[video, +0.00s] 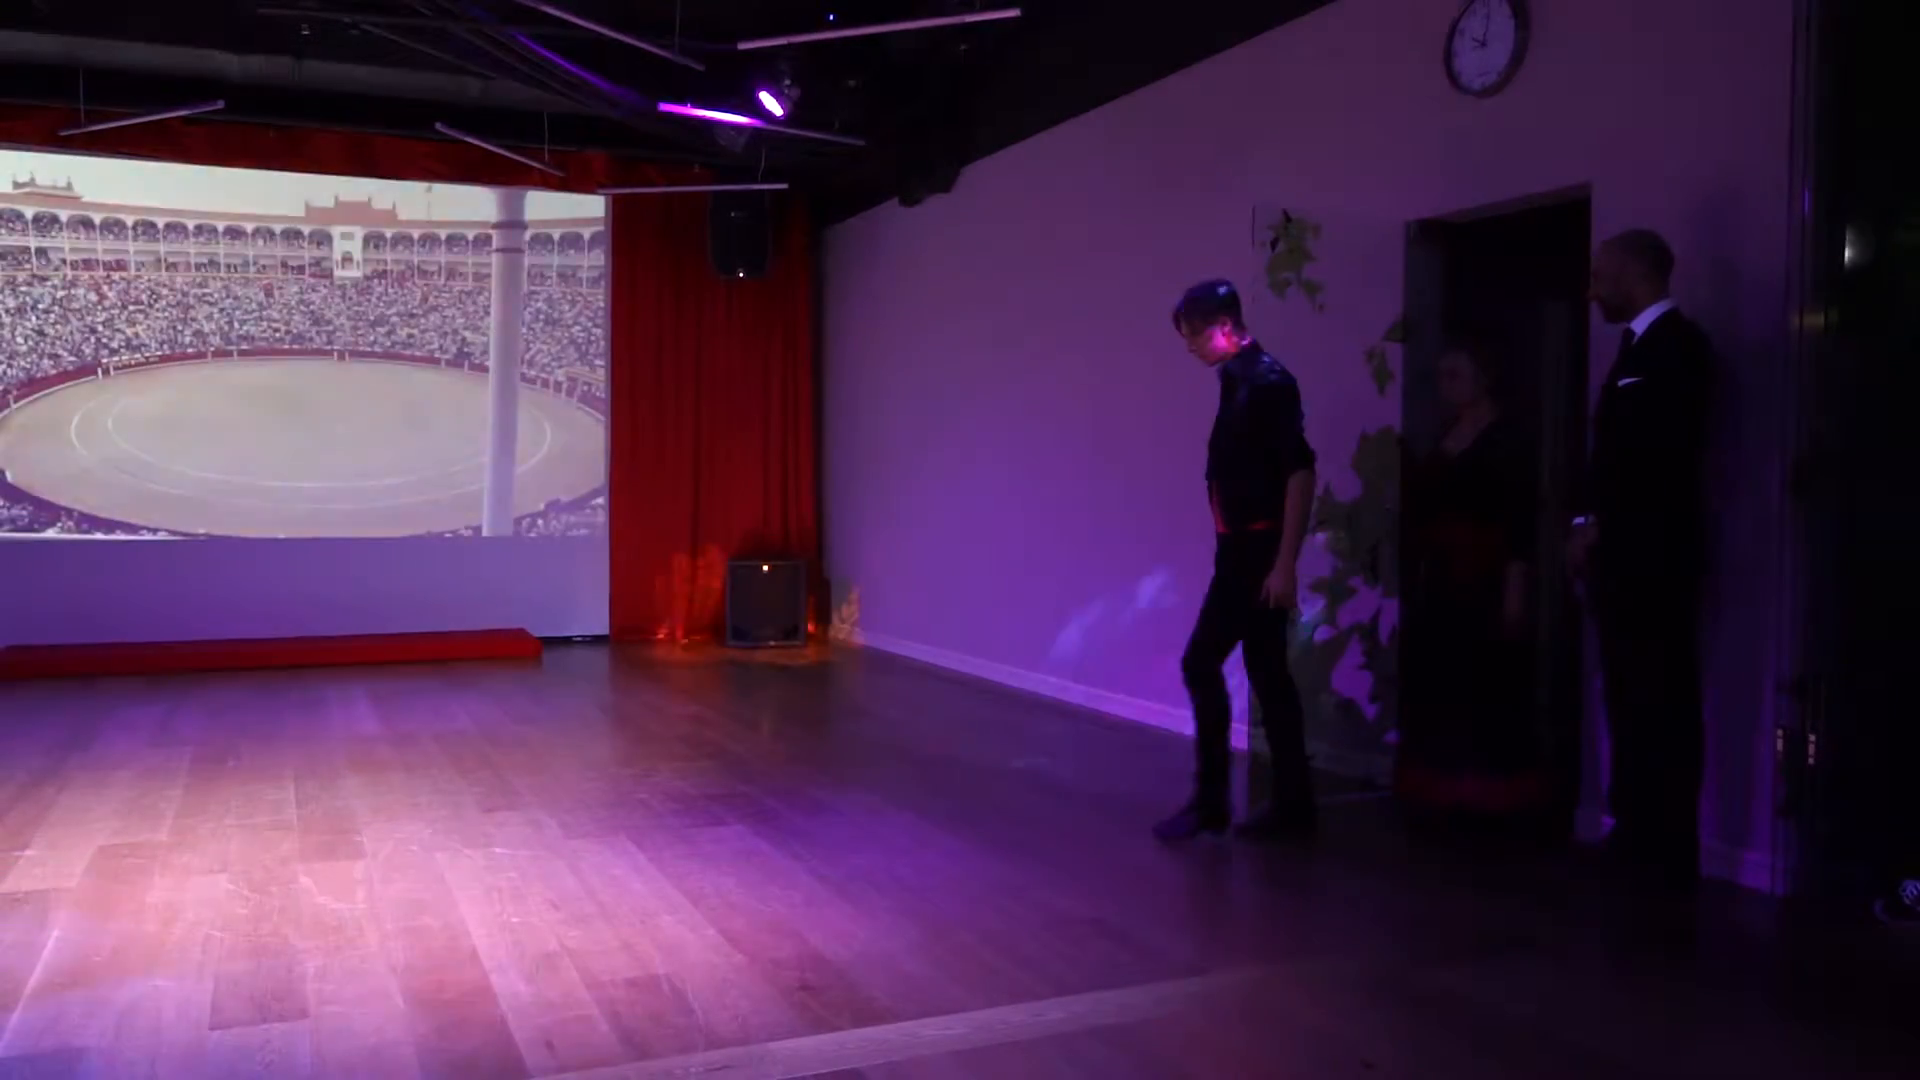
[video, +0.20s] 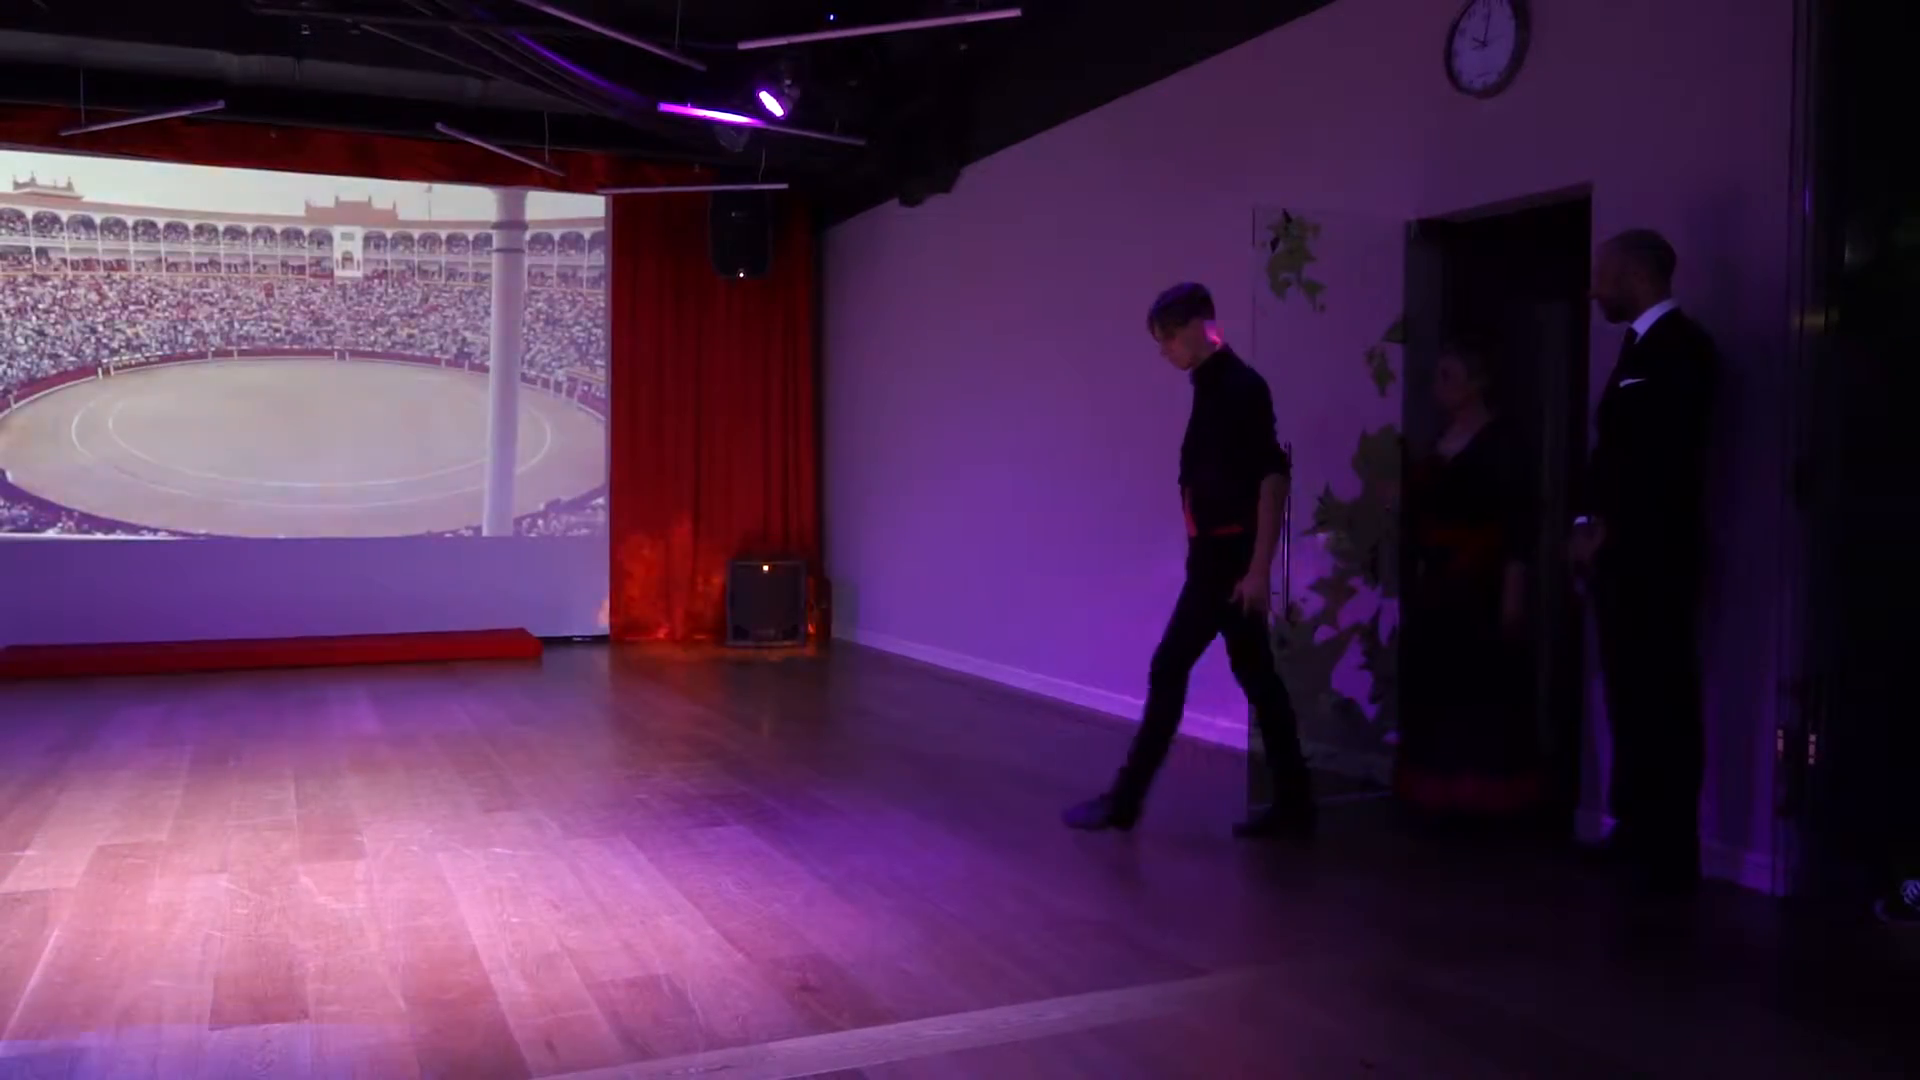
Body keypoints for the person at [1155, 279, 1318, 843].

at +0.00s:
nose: (1190, 349)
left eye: (1193, 337)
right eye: (1187, 339)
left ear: (1222, 327)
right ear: (1223, 328)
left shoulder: (1267, 381)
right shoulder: (1240, 379)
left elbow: (1300, 473)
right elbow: (1239, 466)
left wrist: (1285, 564)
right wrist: (1230, 542)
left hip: (1255, 551)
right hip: (1245, 548)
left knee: (1200, 663)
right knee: (1269, 675)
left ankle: (1211, 800)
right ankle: (1293, 802)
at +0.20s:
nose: (1164, 352)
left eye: (1167, 340)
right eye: (1160, 342)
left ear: (1197, 331)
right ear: (1198, 334)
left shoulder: (1239, 387)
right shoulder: (1211, 386)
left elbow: (1274, 477)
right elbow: (1212, 476)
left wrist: (1259, 569)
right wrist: (1201, 545)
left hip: (1228, 557)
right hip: (1216, 554)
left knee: (1169, 667)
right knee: (1259, 679)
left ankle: (1124, 801)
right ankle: (1294, 804)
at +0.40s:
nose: (1126, 349)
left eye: (1130, 336)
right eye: (1121, 339)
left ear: (1160, 326)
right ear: (1150, 331)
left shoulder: (1198, 382)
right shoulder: (1175, 381)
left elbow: (1227, 475)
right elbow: (1181, 475)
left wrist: (1213, 569)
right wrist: (1161, 551)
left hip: (1180, 554)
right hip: (1175, 550)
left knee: (1137, 672)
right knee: (1219, 670)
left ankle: (1104, 805)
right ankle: (1283, 786)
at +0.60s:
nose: (1083, 346)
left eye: (1085, 332)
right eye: (1078, 335)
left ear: (1113, 322)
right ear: (1111, 324)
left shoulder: (1153, 380)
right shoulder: (1127, 377)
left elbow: (1173, 476)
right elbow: (1126, 469)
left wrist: (1153, 564)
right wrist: (1105, 542)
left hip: (1135, 546)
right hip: (1117, 542)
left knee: (1112, 672)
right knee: (1126, 670)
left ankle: (1100, 806)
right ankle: (1222, 766)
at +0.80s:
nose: (1045, 346)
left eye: (1048, 334)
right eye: (1041, 336)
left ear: (1075, 323)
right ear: (1066, 327)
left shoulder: (1116, 380)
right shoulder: (1088, 376)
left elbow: (1125, 480)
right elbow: (1096, 467)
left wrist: (1096, 563)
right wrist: (1073, 537)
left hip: (1103, 543)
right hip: (1078, 540)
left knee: (1086, 673)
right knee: (1034, 657)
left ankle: (1097, 804)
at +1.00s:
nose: (1000, 348)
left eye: (1004, 336)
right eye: (996, 337)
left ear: (1035, 326)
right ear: (1028, 329)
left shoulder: (1071, 386)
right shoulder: (1049, 379)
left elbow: (1079, 483)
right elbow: (1051, 473)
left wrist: (1053, 570)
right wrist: (1030, 550)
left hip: (1063, 549)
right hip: (1037, 546)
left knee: (1065, 679)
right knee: (991, 668)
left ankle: (1098, 805)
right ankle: (955, 796)